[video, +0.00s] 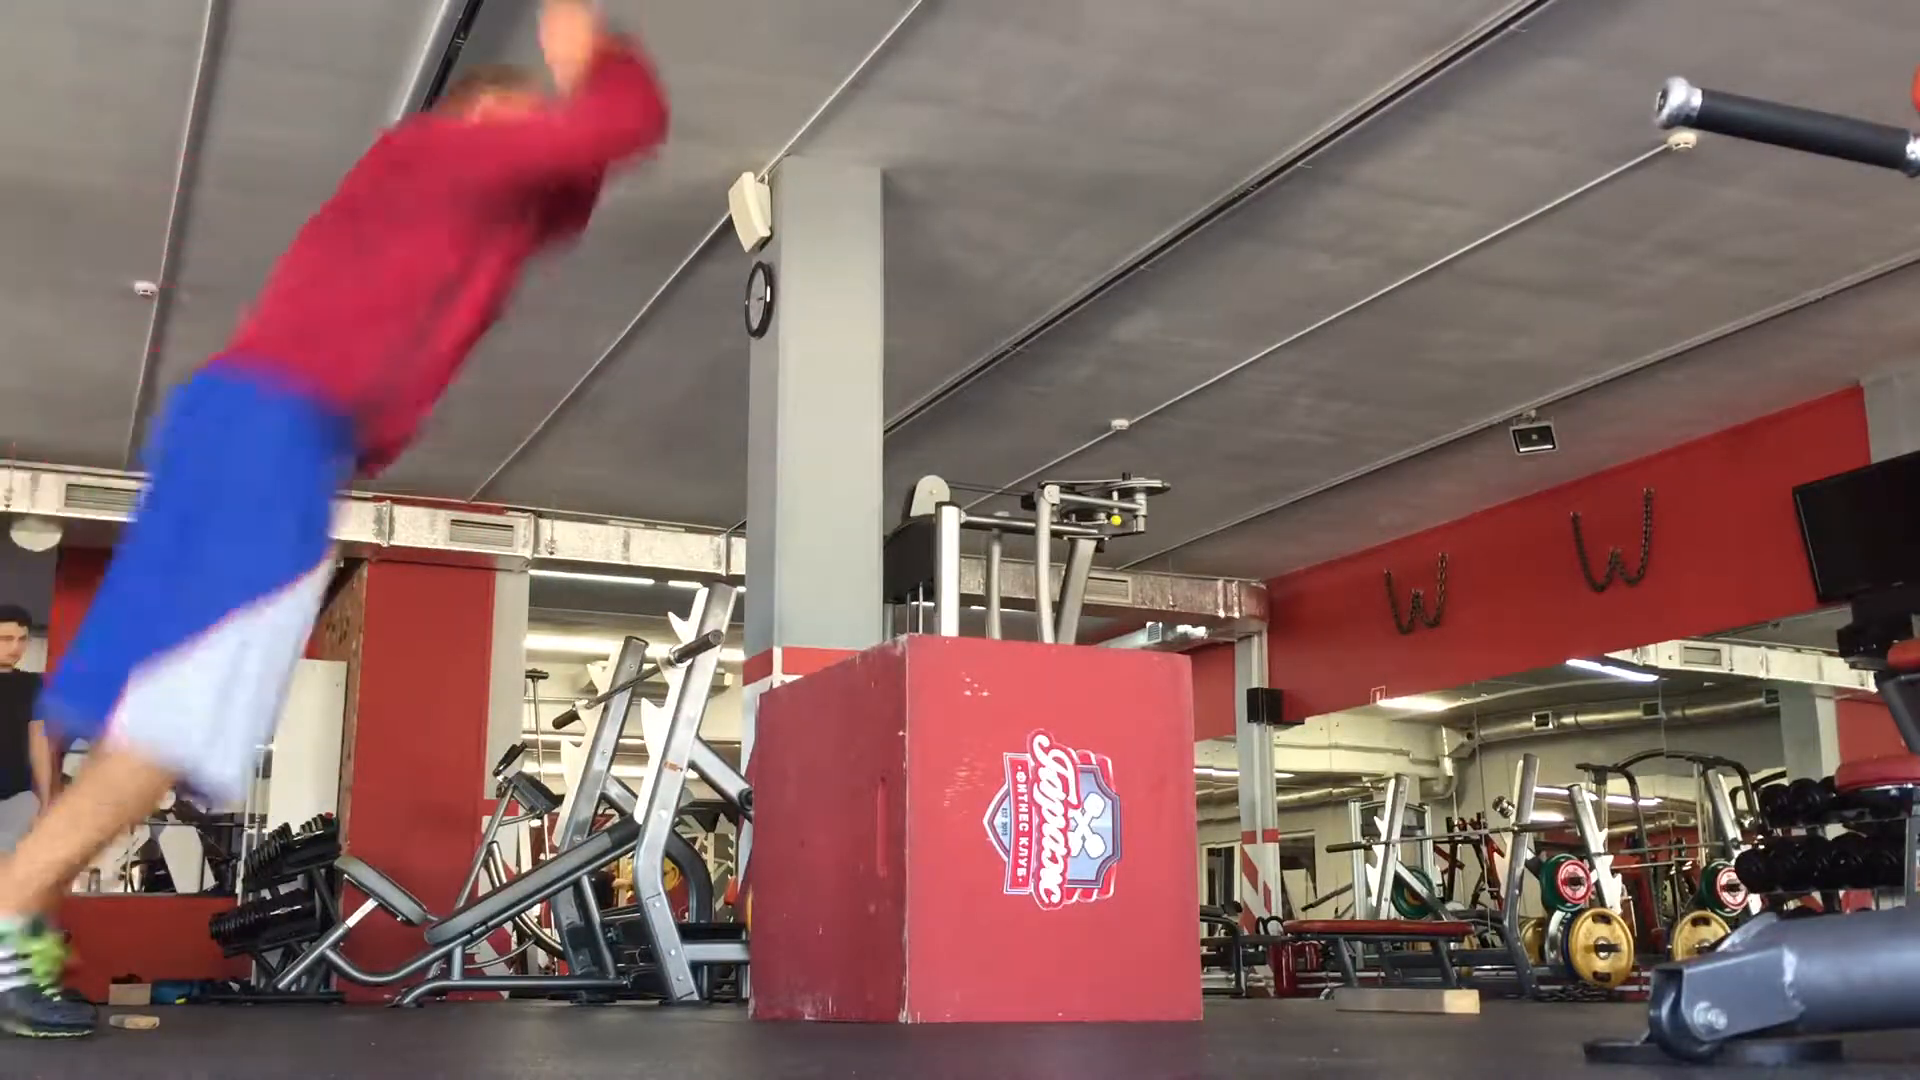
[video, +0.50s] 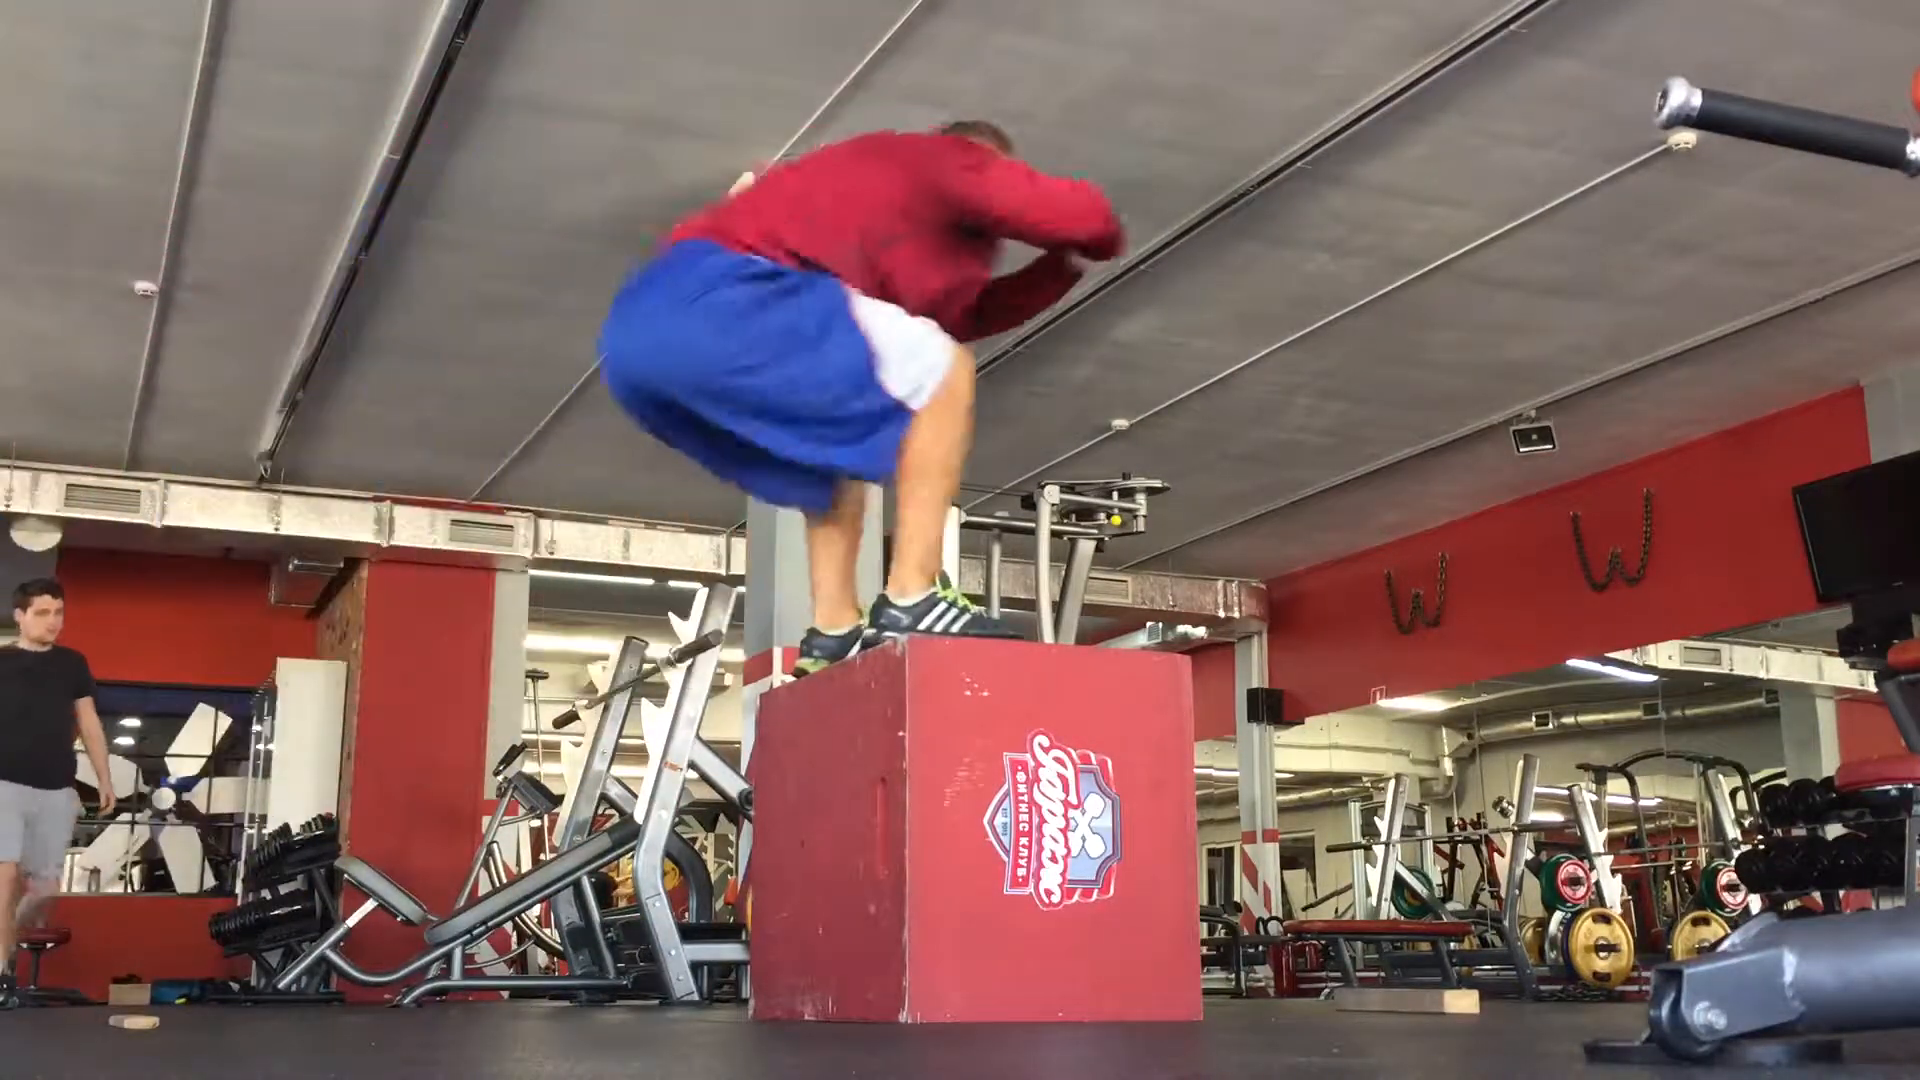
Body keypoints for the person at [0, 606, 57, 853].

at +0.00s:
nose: (15, 647)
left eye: (22, 639)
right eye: (7, 638)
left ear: (28, 641)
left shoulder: (30, 684)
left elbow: (38, 740)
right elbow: (39, 740)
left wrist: (45, 801)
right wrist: (45, 801)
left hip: (16, 798)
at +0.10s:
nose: (25, 638)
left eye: (31, 630)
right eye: (16, 629)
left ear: (37, 634)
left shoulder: (41, 677)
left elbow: (53, 736)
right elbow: (53, 736)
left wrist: (58, 790)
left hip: (20, 793)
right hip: (10, 793)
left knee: (7, 885)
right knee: (5, 886)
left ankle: (2, 962)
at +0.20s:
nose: (35, 633)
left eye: (41, 626)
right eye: (26, 625)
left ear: (47, 629)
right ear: (5, 627)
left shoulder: (52, 671)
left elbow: (68, 732)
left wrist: (73, 787)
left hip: (29, 794)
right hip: (5, 792)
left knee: (8, 886)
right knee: (6, 886)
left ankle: (2, 972)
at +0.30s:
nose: (41, 632)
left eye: (47, 625)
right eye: (32, 624)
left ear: (53, 628)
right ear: (10, 627)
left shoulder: (61, 672)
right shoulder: (0, 665)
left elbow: (79, 729)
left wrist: (89, 783)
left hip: (40, 795)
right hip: (5, 793)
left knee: (18, 882)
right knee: (7, 881)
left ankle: (6, 956)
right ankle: (5, 954)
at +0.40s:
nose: (47, 629)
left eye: (53, 622)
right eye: (38, 621)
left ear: (59, 626)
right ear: (15, 625)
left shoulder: (67, 670)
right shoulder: (3, 665)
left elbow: (85, 729)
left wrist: (100, 783)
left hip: (51, 794)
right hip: (7, 792)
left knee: (26, 884)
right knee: (7, 875)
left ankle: (7, 961)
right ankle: (5, 962)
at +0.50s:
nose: (53, 620)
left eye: (58, 612)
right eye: (43, 612)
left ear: (63, 616)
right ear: (20, 616)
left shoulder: (72, 662)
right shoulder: (4, 659)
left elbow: (89, 722)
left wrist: (104, 779)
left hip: (57, 791)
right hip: (9, 786)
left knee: (44, 887)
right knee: (8, 878)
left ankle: (9, 951)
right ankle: (6, 969)